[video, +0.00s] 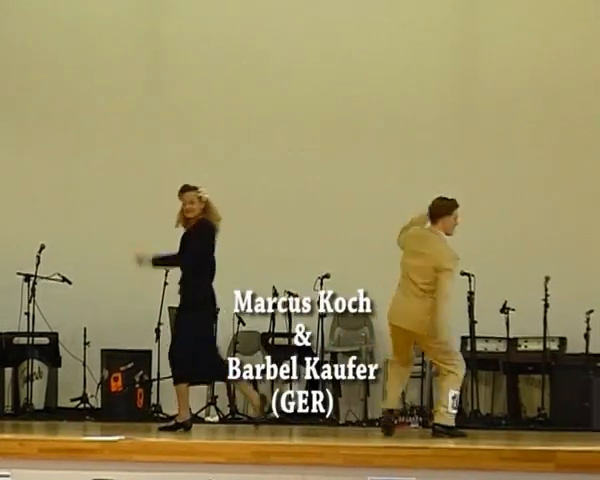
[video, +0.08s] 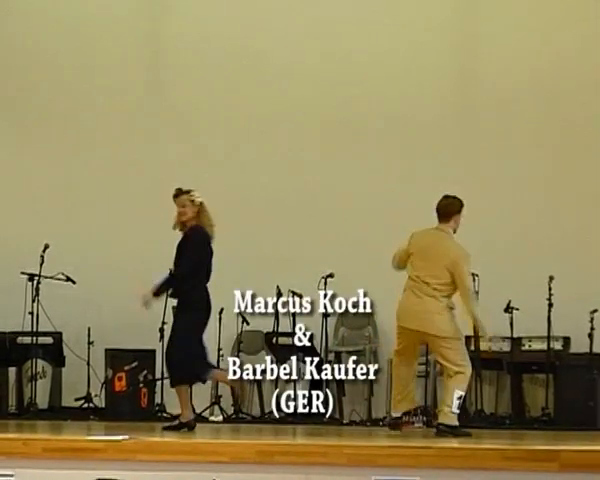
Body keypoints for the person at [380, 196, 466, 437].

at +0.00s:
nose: (457, 222)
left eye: (456, 217)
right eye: (454, 217)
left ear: (431, 218)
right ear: (443, 219)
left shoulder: (412, 237)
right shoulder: (446, 255)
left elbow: (403, 233)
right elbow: (442, 300)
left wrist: (423, 217)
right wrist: (443, 334)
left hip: (398, 316)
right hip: (425, 322)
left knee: (400, 361)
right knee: (454, 366)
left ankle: (389, 411)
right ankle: (444, 421)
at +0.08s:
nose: (461, 220)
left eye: (460, 216)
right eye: (461, 216)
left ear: (438, 215)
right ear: (456, 218)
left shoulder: (417, 238)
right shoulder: (457, 252)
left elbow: (397, 262)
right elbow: (466, 292)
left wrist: (416, 252)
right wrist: (477, 321)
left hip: (407, 314)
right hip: (437, 319)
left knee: (403, 359)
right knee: (460, 368)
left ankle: (398, 414)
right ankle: (447, 420)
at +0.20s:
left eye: (433, 205)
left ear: (431, 208)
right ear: (452, 209)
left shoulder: (416, 237)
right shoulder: (462, 241)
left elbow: (398, 276)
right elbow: (487, 270)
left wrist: (379, 303)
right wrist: (516, 269)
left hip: (414, 313)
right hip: (448, 316)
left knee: (406, 359)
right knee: (459, 368)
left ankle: (392, 406)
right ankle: (451, 420)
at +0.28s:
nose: (423, 207)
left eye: (422, 203)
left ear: (422, 205)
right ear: (444, 204)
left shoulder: (412, 236)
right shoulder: (461, 233)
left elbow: (400, 279)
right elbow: (497, 242)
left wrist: (381, 314)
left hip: (416, 309)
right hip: (450, 310)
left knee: (403, 358)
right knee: (460, 364)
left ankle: (391, 410)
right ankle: (456, 417)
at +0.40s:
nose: (406, 211)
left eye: (406, 208)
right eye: (410, 207)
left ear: (408, 208)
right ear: (428, 206)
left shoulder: (405, 241)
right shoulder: (452, 225)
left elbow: (407, 280)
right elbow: (483, 214)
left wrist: (405, 313)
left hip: (418, 308)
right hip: (448, 306)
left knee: (401, 356)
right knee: (456, 362)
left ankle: (397, 415)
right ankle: (465, 420)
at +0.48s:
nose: (396, 215)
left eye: (396, 211)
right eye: (398, 210)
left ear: (400, 212)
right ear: (419, 209)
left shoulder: (400, 244)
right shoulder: (442, 225)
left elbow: (409, 279)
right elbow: (470, 210)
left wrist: (414, 310)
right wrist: (471, 179)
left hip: (419, 311)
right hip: (446, 309)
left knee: (396, 360)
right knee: (456, 365)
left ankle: (399, 418)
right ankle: (471, 419)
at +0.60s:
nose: (380, 216)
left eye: (381, 211)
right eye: (380, 211)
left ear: (387, 211)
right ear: (401, 209)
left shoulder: (389, 245)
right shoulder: (425, 224)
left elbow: (401, 285)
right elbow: (456, 224)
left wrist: (406, 319)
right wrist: (456, 202)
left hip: (413, 311)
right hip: (439, 304)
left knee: (391, 362)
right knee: (448, 357)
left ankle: (401, 419)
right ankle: (477, 403)